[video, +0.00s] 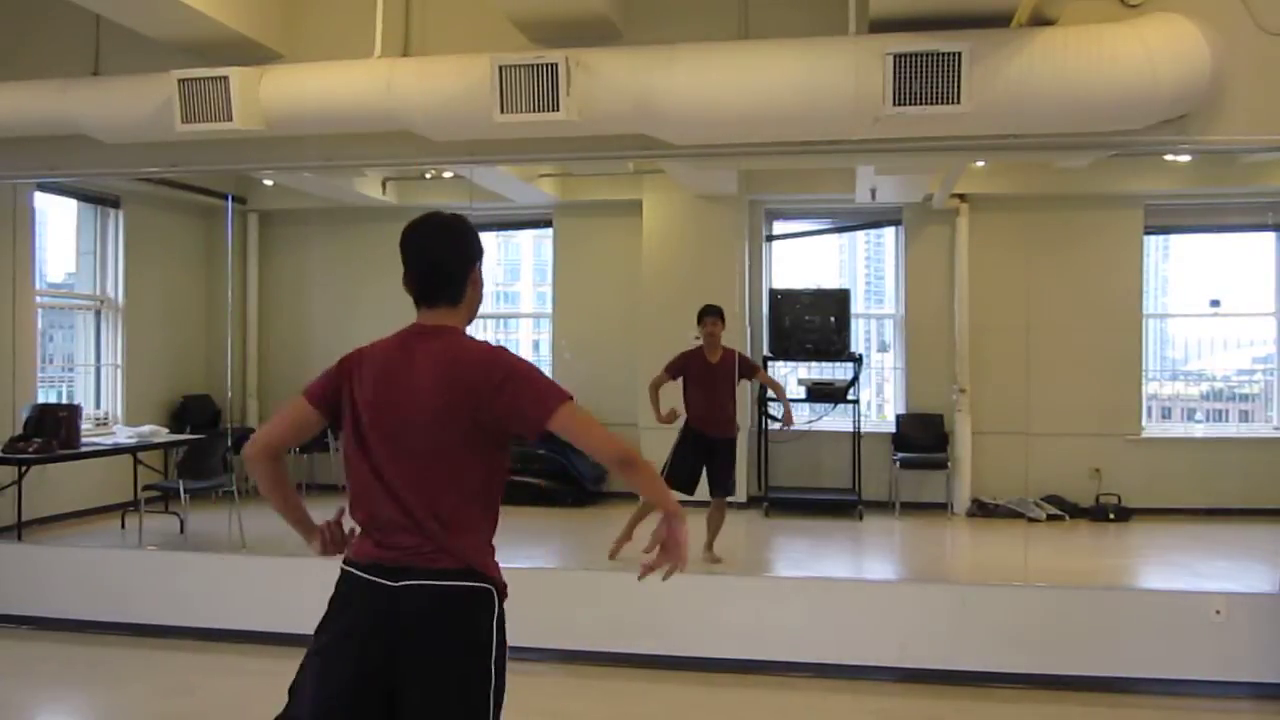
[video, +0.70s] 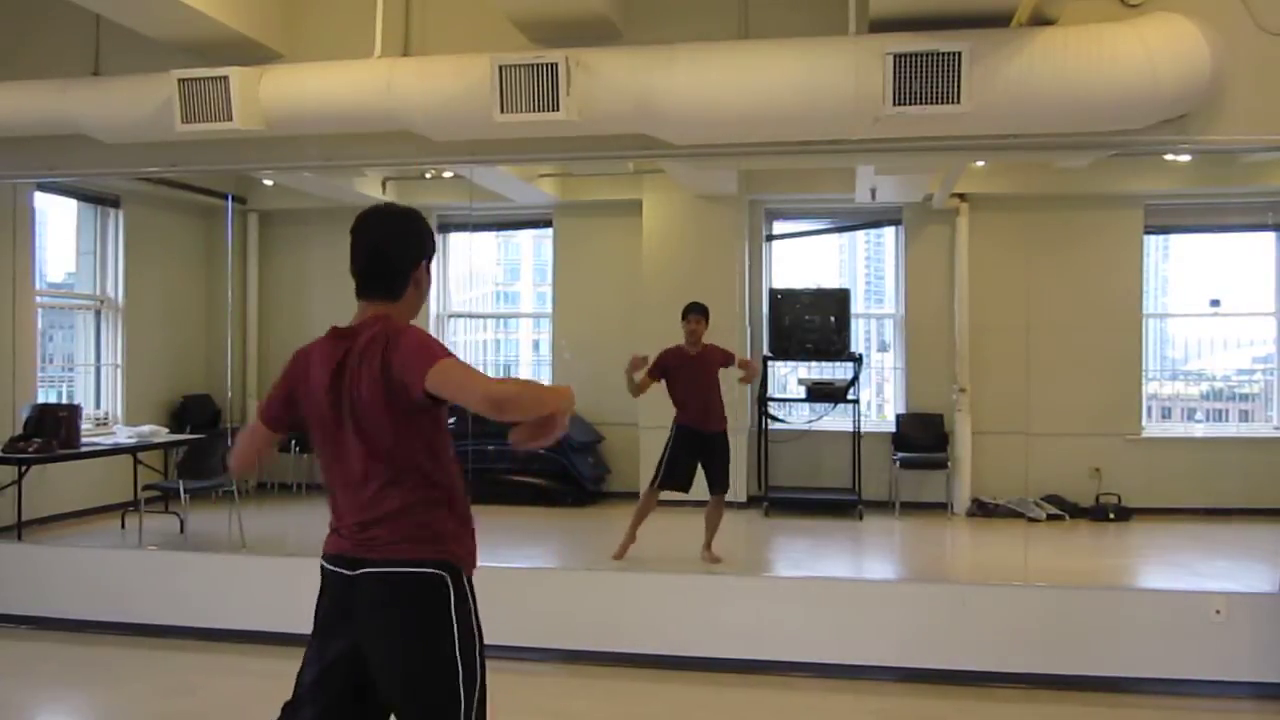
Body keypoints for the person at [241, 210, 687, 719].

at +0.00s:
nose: (483, 280)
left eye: (477, 270)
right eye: (482, 270)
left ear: (407, 283)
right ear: (476, 278)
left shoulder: (361, 367)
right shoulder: (495, 368)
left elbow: (260, 450)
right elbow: (616, 454)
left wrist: (311, 530)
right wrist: (671, 508)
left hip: (362, 601)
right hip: (458, 609)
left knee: (314, 711)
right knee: (458, 710)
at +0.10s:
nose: (476, 283)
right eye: (474, 272)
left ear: (401, 287)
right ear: (468, 279)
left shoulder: (364, 375)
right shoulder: (495, 368)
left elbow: (309, 501)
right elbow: (582, 492)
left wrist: (360, 551)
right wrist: (617, 531)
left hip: (355, 606)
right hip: (451, 617)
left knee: (306, 710)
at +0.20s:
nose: (465, 287)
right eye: (463, 275)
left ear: (392, 290)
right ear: (457, 282)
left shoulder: (371, 375)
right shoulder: (487, 363)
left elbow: (390, 519)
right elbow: (525, 494)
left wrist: (498, 578)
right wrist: (495, 511)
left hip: (356, 607)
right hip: (445, 619)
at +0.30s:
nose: (444, 285)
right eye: (443, 272)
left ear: (369, 294)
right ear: (437, 278)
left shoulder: (362, 386)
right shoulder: (470, 341)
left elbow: (454, 516)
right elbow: (493, 466)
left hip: (356, 606)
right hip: (444, 616)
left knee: (307, 711)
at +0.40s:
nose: (425, 286)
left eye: (422, 275)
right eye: (424, 274)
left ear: (348, 286)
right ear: (413, 277)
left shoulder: (352, 377)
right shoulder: (433, 324)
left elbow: (452, 483)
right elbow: (523, 429)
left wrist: (561, 503)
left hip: (361, 591)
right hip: (444, 600)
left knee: (318, 711)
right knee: (470, 712)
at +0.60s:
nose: (416, 282)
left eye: (416, 270)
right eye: (415, 270)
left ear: (341, 276)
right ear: (404, 276)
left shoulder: (327, 378)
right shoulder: (396, 345)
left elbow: (337, 491)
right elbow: (490, 381)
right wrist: (545, 349)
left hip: (359, 574)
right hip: (435, 582)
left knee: (317, 709)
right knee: (451, 711)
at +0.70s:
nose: (430, 280)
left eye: (428, 266)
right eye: (429, 268)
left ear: (357, 269)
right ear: (421, 274)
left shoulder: (310, 360)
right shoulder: (407, 345)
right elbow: (490, 398)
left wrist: (265, 430)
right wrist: (561, 398)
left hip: (344, 587)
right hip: (423, 589)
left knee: (318, 711)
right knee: (446, 711)